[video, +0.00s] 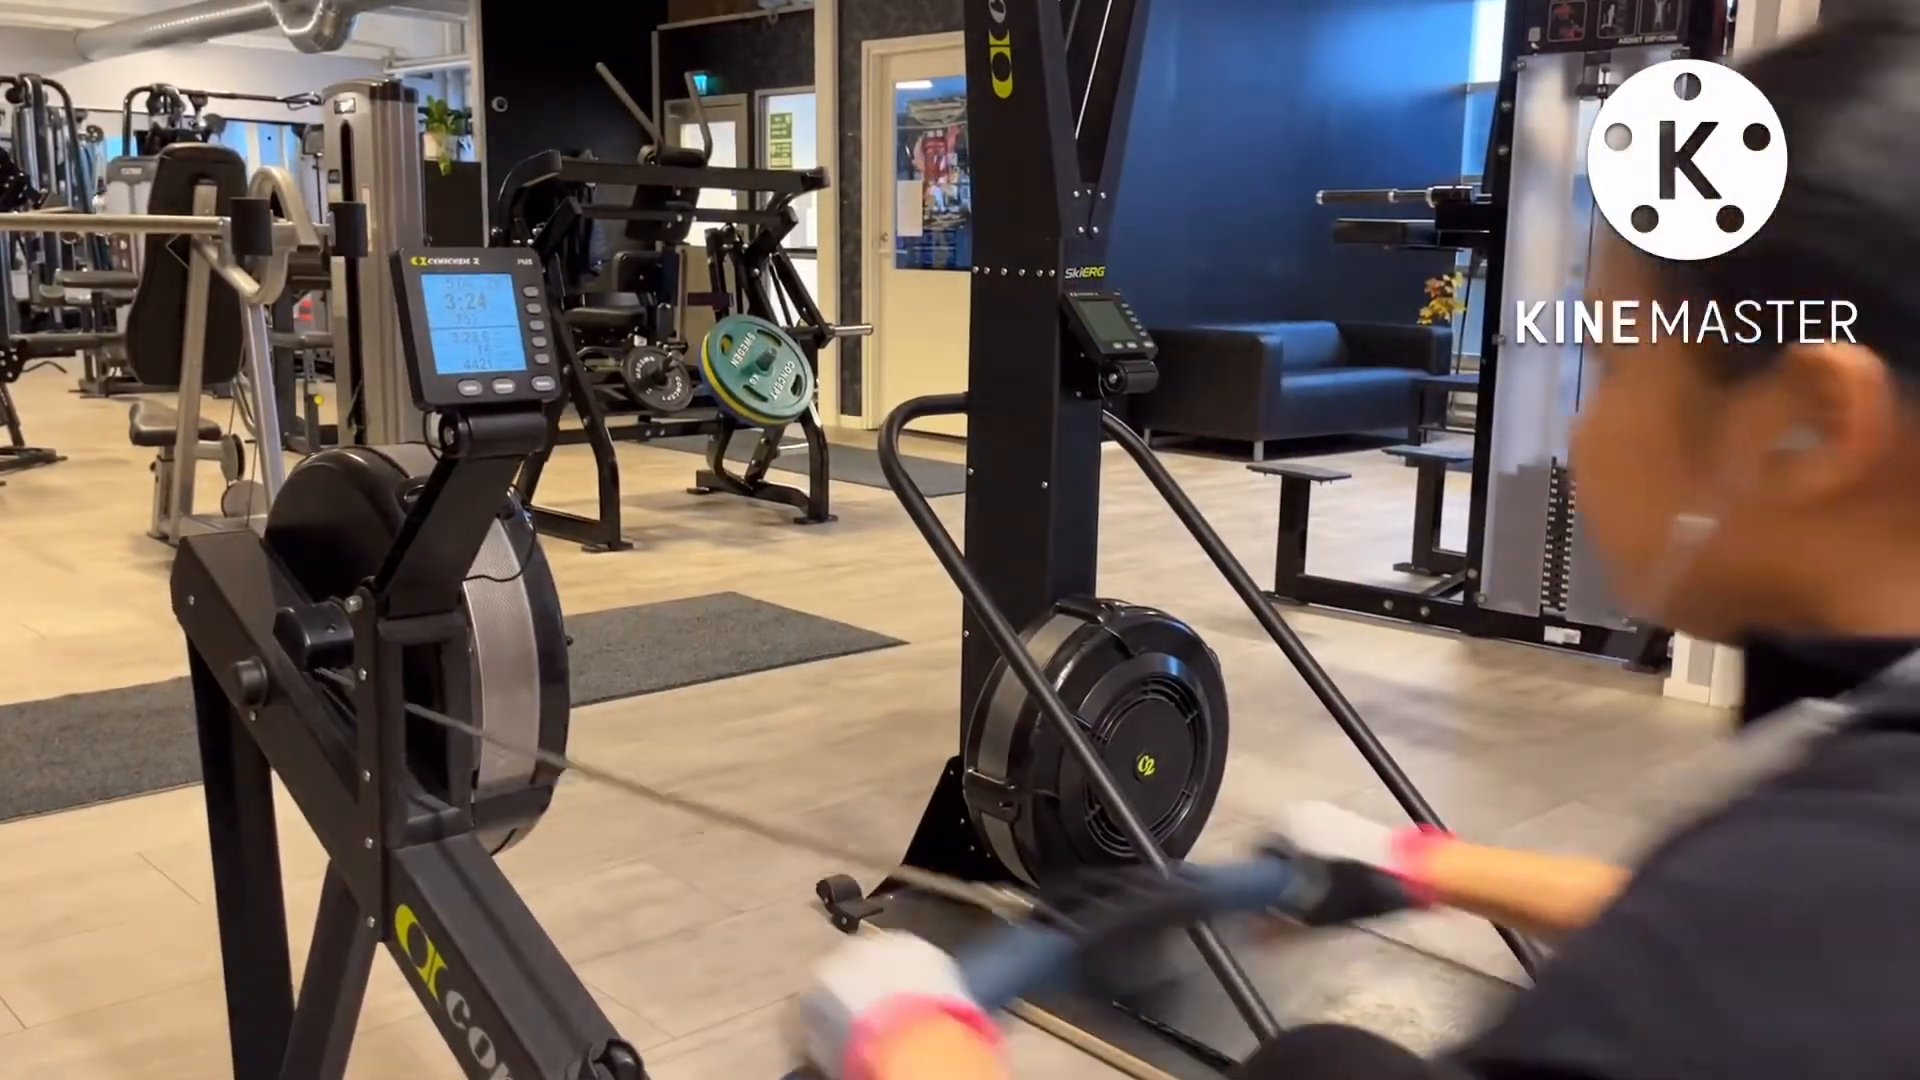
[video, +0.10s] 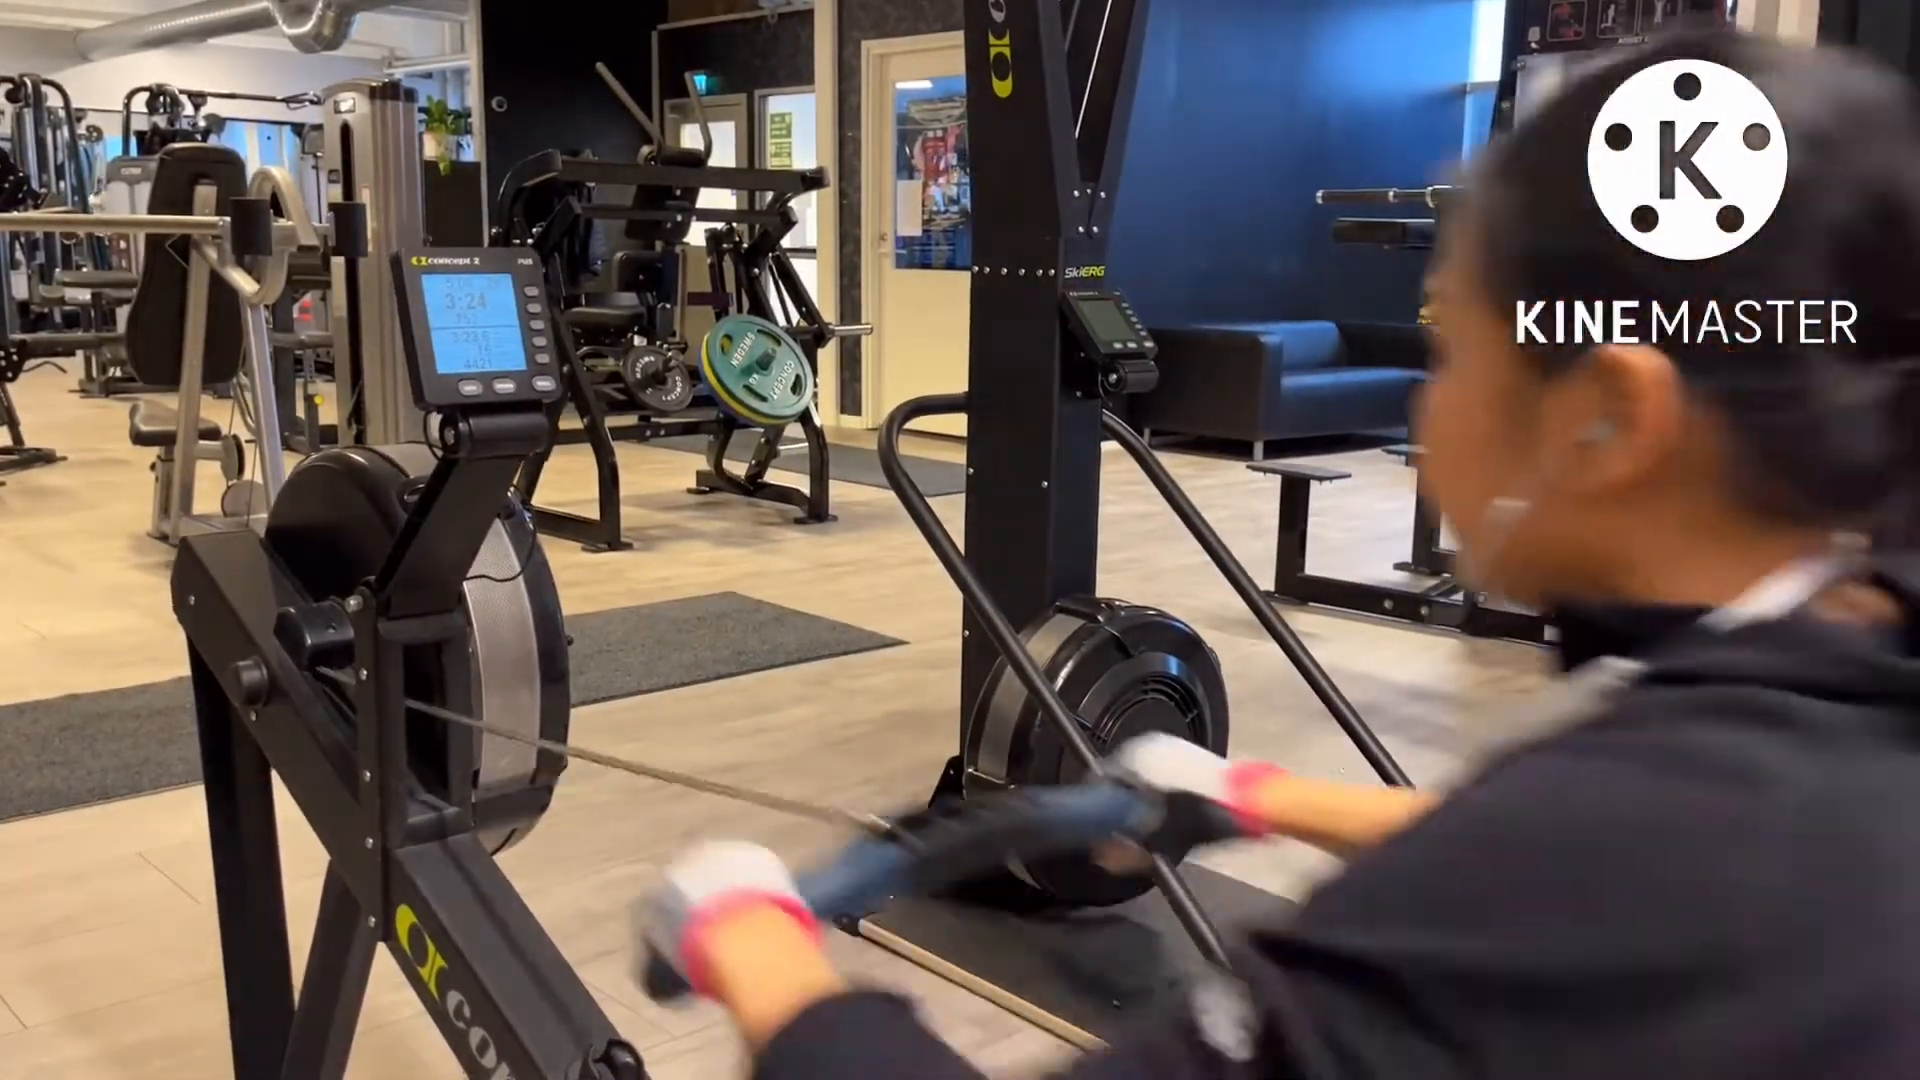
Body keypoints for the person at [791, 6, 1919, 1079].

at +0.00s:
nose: (1576, 430)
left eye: (1615, 346)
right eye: (1599, 346)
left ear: (1822, 428)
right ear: (1825, 434)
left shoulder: (1768, 935)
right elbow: (1808, 907)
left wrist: (943, 1057)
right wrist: (1441, 867)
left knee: (1331, 1045)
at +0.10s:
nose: (1418, 416)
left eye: (1447, 357)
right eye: (1434, 356)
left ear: (1614, 420)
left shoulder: (1580, 857)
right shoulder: (1880, 696)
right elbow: (1691, 827)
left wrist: (790, 985)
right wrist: (1376, 819)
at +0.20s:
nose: (1275, 391)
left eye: (1301, 349)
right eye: (1290, 343)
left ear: (1441, 418)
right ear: (1658, 402)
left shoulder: (1446, 788)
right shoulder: (1779, 669)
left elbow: (929, 1049)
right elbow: (1535, 732)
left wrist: (672, 896)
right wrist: (1236, 768)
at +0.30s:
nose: (1152, 388)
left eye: (1174, 347)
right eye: (1166, 342)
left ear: (1296, 411)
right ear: (1504, 380)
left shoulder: (1255, 745)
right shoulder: (1594, 636)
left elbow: (787, 980)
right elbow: (1364, 773)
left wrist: (561, 824)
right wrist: (1076, 736)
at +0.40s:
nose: (1052, 385)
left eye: (1074, 346)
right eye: (1068, 340)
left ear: (1177, 413)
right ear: (1386, 382)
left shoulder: (1086, 716)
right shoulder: (1477, 597)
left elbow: (674, 897)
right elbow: (1278, 722)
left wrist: (482, 784)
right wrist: (999, 697)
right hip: (1627, 1039)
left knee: (916, 970)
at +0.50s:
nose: (982, 381)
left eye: (1002, 346)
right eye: (997, 339)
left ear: (1097, 419)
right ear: (1298, 389)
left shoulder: (1034, 681)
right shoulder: (1387, 581)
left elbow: (671, 800)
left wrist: (440, 738)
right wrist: (939, 672)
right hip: (1551, 1039)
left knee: (879, 962)